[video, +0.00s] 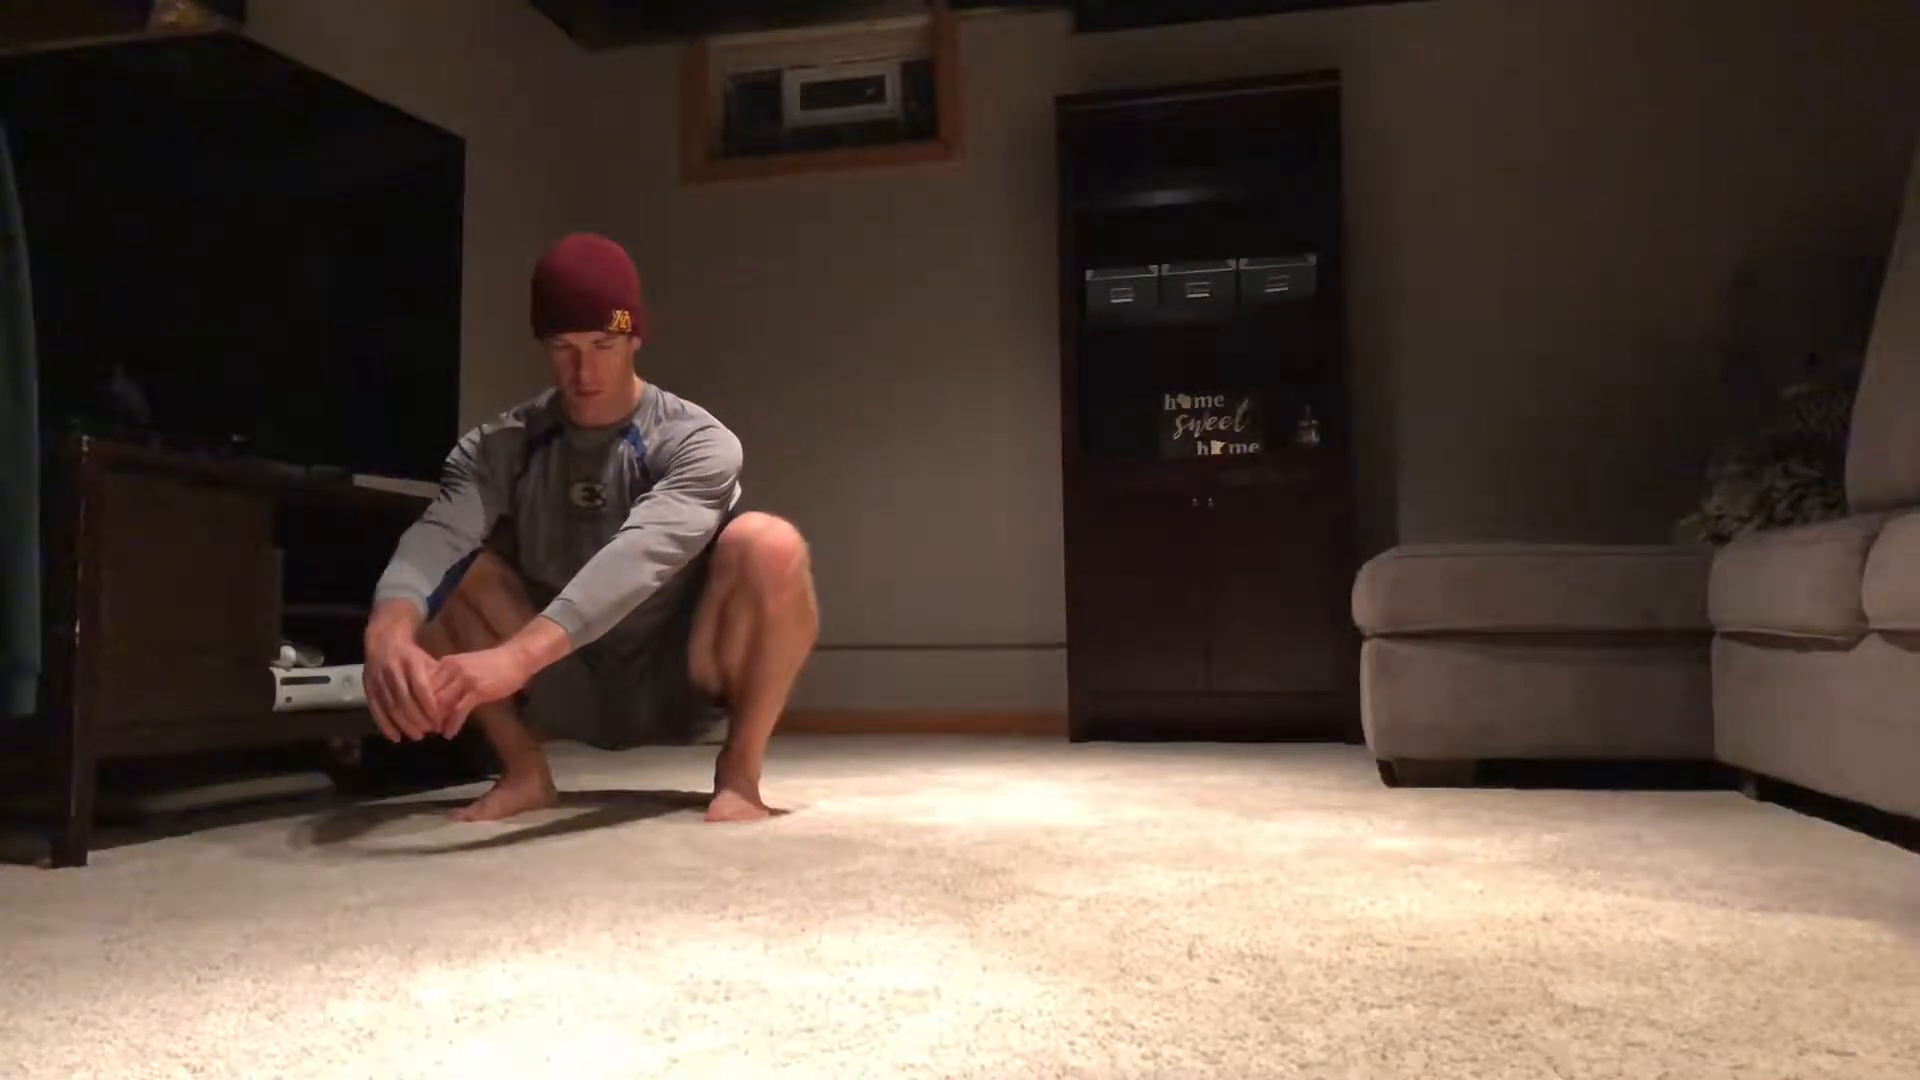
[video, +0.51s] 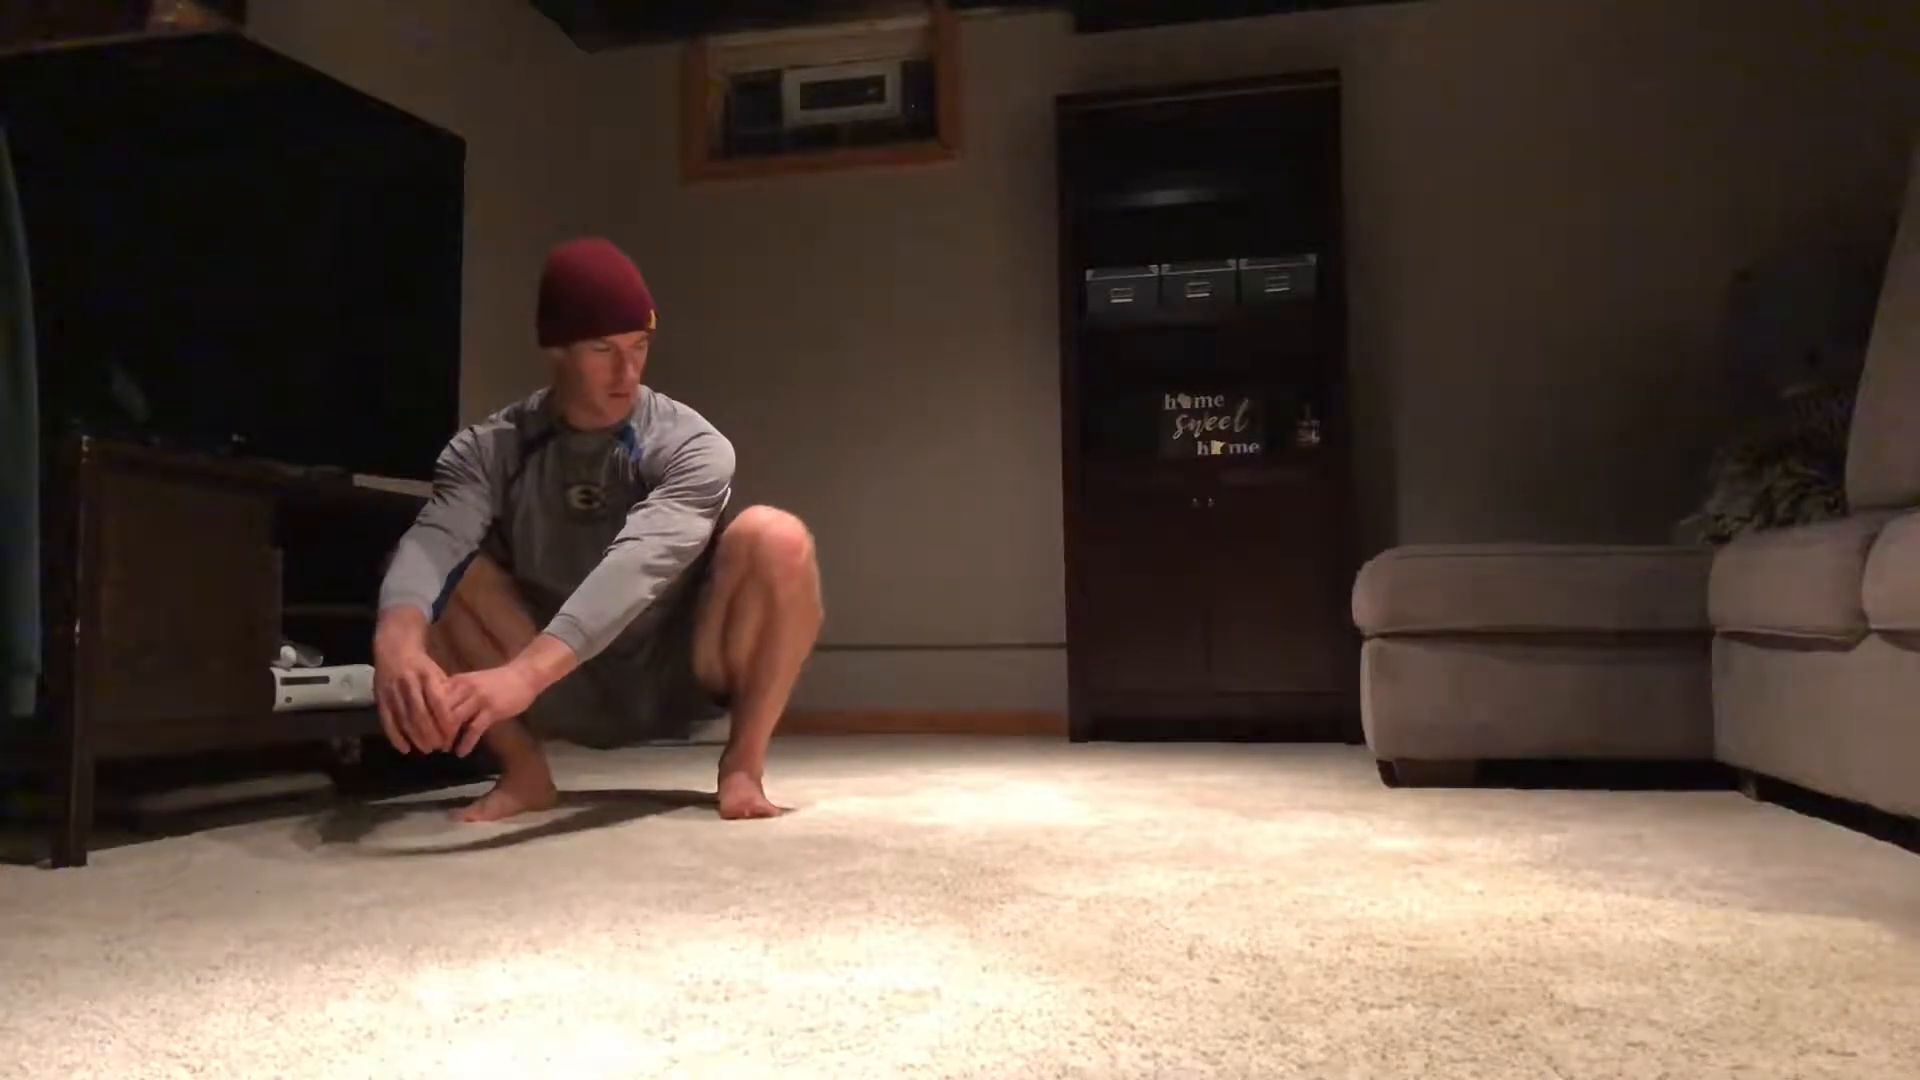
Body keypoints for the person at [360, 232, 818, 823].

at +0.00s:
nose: (583, 371)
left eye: (603, 346)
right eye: (565, 348)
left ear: (635, 338)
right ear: (544, 346)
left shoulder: (701, 446)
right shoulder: (498, 448)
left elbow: (635, 563)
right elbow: (435, 539)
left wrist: (513, 659)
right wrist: (387, 632)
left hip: (677, 683)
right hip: (566, 687)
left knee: (770, 543)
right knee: (448, 570)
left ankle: (742, 776)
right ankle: (522, 772)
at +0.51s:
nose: (627, 373)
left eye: (638, 349)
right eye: (603, 351)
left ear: (651, 341)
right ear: (554, 350)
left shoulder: (694, 450)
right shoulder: (487, 449)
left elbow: (636, 570)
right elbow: (430, 543)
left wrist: (522, 675)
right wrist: (396, 643)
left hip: (677, 673)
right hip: (569, 685)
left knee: (776, 537)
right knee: (445, 573)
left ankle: (746, 766)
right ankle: (523, 774)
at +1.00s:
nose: (629, 381)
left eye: (639, 360)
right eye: (608, 362)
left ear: (650, 356)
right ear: (554, 358)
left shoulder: (683, 461)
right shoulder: (467, 458)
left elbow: (638, 596)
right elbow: (429, 571)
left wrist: (554, 721)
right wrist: (430, 690)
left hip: (657, 665)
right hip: (537, 668)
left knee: (796, 533)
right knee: (391, 582)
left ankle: (752, 767)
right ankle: (518, 777)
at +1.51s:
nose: (650, 410)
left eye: (664, 390)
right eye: (630, 391)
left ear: (676, 383)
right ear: (578, 384)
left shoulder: (702, 484)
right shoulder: (487, 471)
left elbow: (687, 625)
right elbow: (473, 608)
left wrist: (647, 745)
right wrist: (537, 743)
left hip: (659, 676)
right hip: (549, 678)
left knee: (805, 531)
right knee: (399, 583)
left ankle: (755, 768)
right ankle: (530, 772)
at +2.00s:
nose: (720, 449)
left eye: (733, 430)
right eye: (701, 431)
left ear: (744, 418)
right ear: (645, 415)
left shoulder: (751, 492)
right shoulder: (557, 491)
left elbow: (814, 628)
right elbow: (623, 651)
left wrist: (871, 757)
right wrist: (739, 762)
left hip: (690, 656)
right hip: (577, 664)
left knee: (838, 538)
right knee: (428, 595)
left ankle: (771, 762)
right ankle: (525, 772)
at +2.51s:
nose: (845, 488)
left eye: (854, 467)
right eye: (825, 469)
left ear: (864, 454)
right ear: (764, 451)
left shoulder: (871, 505)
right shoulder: (674, 496)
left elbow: (941, 645)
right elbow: (721, 677)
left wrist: (1030, 790)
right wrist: (824, 803)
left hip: (757, 623)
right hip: (627, 600)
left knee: (917, 614)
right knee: (467, 611)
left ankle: (761, 772)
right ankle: (516, 743)